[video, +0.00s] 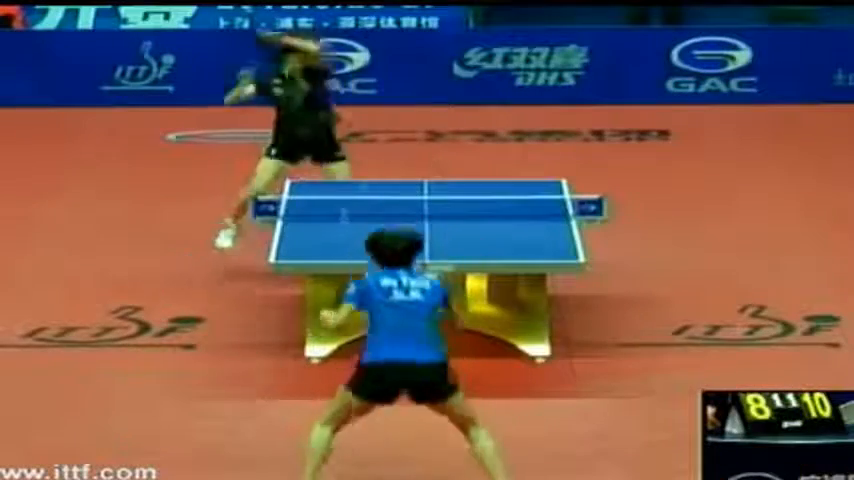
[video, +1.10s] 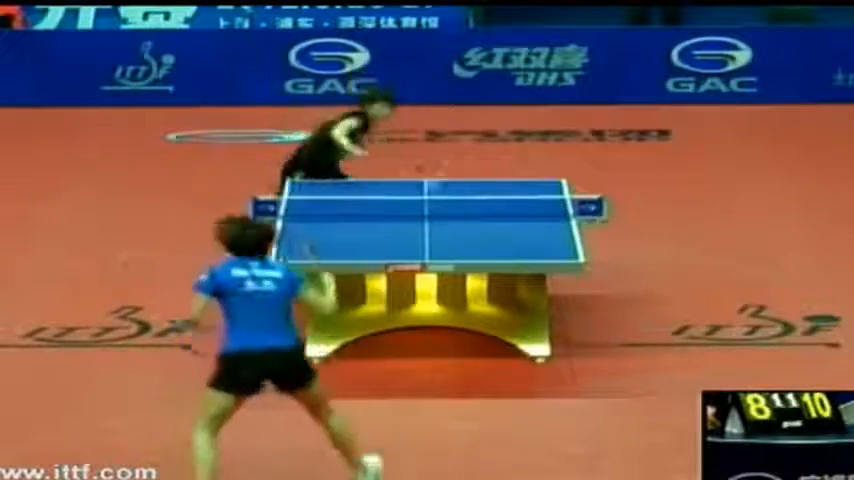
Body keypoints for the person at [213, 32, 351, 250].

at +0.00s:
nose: (296, 59)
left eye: (302, 54)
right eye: (291, 54)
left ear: (310, 55)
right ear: (284, 55)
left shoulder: (318, 74)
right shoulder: (274, 79)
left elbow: (314, 50)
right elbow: (233, 99)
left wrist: (283, 40)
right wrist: (240, 92)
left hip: (321, 138)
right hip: (287, 139)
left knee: (344, 191)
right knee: (257, 188)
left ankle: (347, 238)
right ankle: (231, 225)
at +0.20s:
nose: (276, 86)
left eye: (280, 80)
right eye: (271, 81)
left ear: (287, 81)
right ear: (264, 84)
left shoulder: (300, 99)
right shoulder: (263, 104)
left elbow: (322, 118)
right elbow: (249, 127)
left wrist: (298, 113)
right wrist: (249, 119)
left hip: (312, 160)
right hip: (279, 162)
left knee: (335, 191)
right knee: (259, 194)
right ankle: (256, 238)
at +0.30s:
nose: (293, 89)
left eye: (297, 84)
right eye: (288, 84)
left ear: (305, 85)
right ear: (281, 87)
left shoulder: (319, 107)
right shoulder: (274, 107)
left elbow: (342, 136)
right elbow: (267, 124)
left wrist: (313, 135)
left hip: (321, 165)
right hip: (282, 166)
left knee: (345, 196)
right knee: (262, 201)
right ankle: (257, 239)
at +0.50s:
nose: (348, 93)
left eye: (352, 88)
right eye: (344, 88)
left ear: (359, 90)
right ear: (335, 88)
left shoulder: (363, 111)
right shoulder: (318, 106)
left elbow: (375, 133)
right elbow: (283, 123)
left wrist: (381, 143)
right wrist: (305, 136)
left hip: (345, 161)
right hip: (310, 163)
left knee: (372, 195)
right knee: (288, 202)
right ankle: (252, 235)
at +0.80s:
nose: (370, 102)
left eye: (375, 97)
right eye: (365, 97)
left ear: (380, 100)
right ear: (354, 97)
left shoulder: (378, 124)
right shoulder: (334, 114)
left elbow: (390, 151)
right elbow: (293, 131)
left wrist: (403, 165)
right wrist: (318, 141)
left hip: (350, 168)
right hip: (316, 168)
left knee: (363, 209)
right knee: (294, 209)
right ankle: (261, 254)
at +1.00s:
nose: (370, 114)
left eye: (373, 110)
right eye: (366, 108)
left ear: (376, 113)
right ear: (355, 108)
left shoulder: (365, 136)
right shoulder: (335, 121)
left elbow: (364, 168)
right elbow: (310, 139)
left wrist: (385, 178)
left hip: (325, 172)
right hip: (295, 171)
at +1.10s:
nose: (386, 114)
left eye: (388, 109)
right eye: (383, 107)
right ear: (372, 105)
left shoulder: (361, 122)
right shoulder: (358, 119)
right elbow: (337, 133)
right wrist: (353, 148)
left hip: (324, 169)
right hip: (305, 170)